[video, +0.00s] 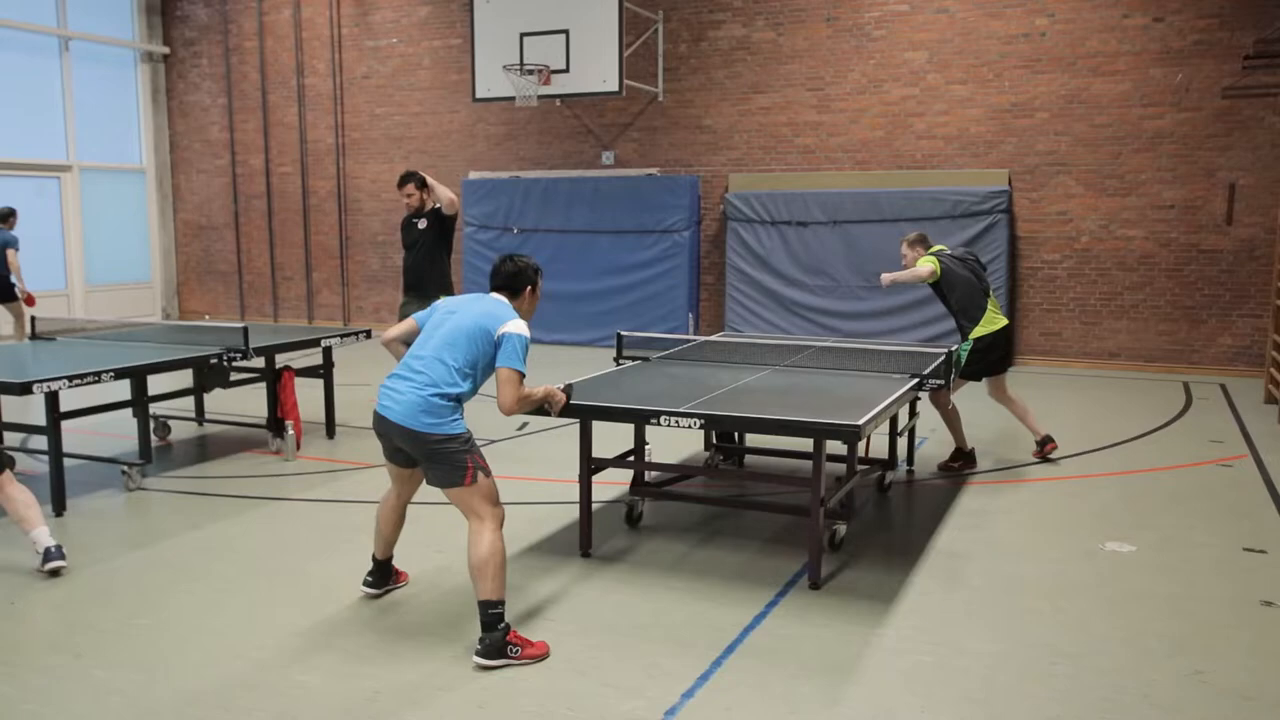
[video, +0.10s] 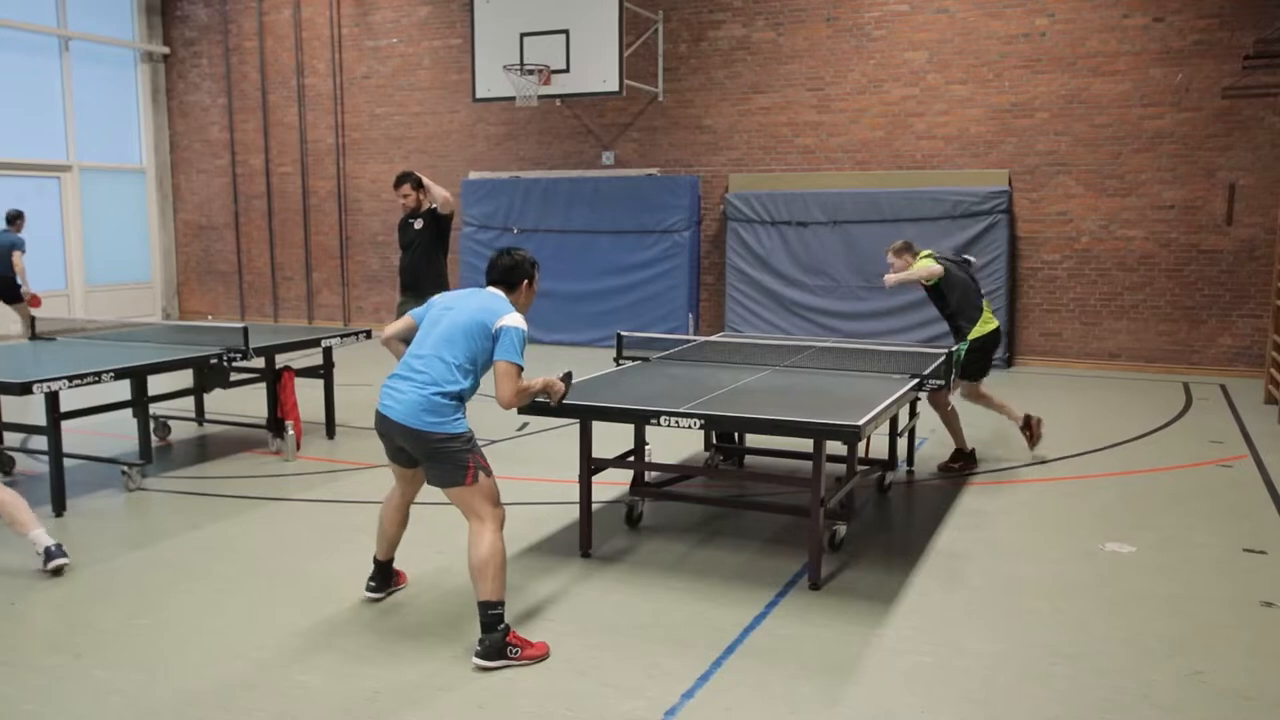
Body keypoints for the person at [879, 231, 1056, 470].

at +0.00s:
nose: (903, 263)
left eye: (905, 256)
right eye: (902, 257)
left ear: (918, 251)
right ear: (926, 248)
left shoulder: (929, 259)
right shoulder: (960, 253)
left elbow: (924, 273)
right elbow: (985, 286)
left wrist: (894, 277)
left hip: (979, 337)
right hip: (1001, 330)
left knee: (939, 395)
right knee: (998, 391)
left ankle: (963, 451)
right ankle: (1042, 438)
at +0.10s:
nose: (892, 269)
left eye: (893, 264)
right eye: (890, 265)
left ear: (906, 258)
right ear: (911, 256)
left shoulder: (923, 260)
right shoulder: (935, 257)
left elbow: (935, 271)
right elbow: (966, 262)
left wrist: (898, 278)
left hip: (975, 337)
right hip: (987, 331)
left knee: (937, 397)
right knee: (970, 391)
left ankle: (963, 452)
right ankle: (1024, 421)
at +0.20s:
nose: (883, 287)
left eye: (884, 281)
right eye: (880, 282)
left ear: (897, 271)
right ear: (895, 272)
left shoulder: (920, 272)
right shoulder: (912, 271)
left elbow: (954, 268)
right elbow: (942, 267)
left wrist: (915, 283)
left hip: (972, 338)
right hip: (959, 336)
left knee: (933, 398)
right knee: (934, 383)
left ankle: (963, 452)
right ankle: (975, 396)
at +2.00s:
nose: (887, 261)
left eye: (892, 255)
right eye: (883, 257)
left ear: (905, 253)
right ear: (880, 258)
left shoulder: (927, 266)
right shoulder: (886, 283)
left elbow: (951, 294)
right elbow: (870, 314)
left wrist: (917, 302)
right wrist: (870, 332)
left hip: (944, 340)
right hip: (909, 341)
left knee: (966, 390)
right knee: (880, 383)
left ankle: (991, 439)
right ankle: (865, 439)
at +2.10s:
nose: (890, 273)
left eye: (895, 267)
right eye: (886, 268)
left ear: (907, 263)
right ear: (882, 268)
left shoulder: (928, 273)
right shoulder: (885, 293)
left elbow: (960, 294)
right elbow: (868, 322)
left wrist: (935, 302)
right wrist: (873, 339)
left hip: (946, 343)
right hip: (912, 346)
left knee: (965, 391)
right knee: (885, 384)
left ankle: (991, 440)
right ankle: (869, 431)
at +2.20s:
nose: (898, 280)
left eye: (902, 274)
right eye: (893, 276)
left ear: (911, 267)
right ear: (887, 272)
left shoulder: (930, 271)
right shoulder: (885, 294)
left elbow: (964, 286)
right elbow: (873, 330)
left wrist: (960, 298)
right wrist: (889, 342)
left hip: (944, 342)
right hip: (909, 346)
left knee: (966, 388)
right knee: (882, 384)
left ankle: (991, 439)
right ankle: (868, 434)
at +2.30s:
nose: (904, 285)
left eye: (908, 279)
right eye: (898, 280)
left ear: (914, 272)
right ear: (889, 274)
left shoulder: (927, 272)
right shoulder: (885, 294)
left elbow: (952, 283)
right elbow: (881, 327)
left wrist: (967, 293)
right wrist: (897, 322)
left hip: (943, 342)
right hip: (909, 346)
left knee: (967, 387)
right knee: (882, 386)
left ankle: (991, 439)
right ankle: (868, 434)